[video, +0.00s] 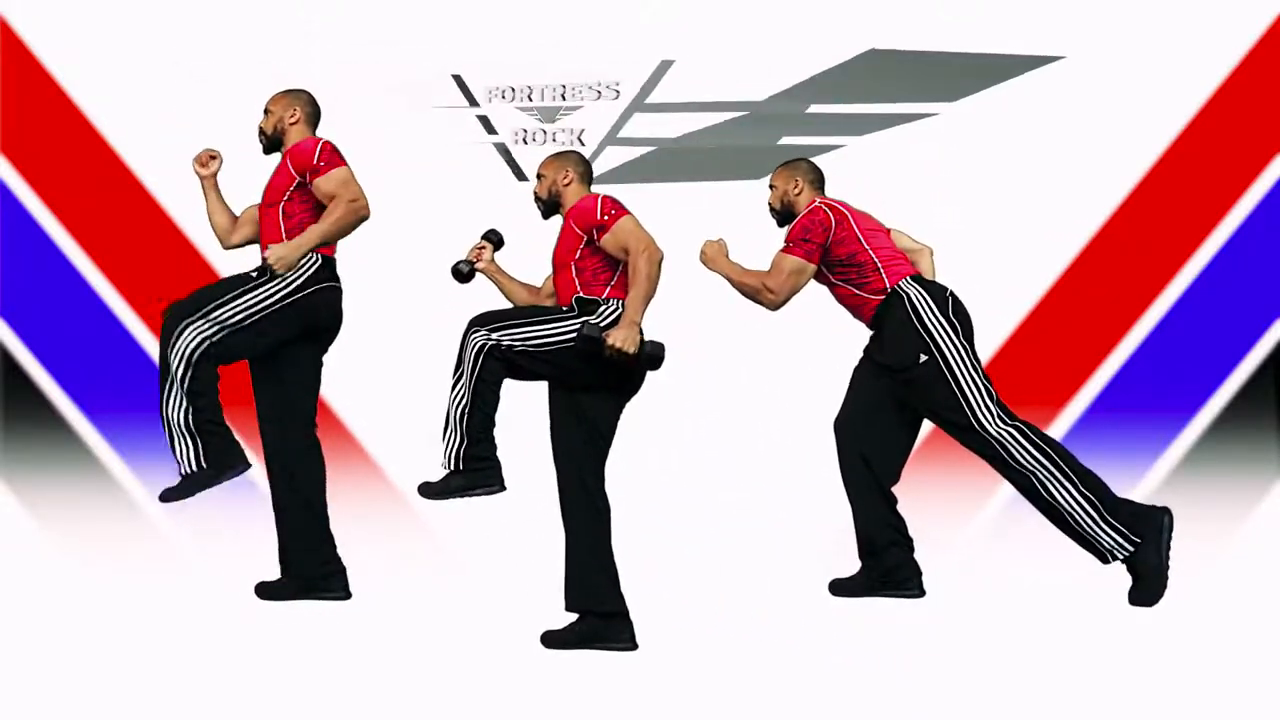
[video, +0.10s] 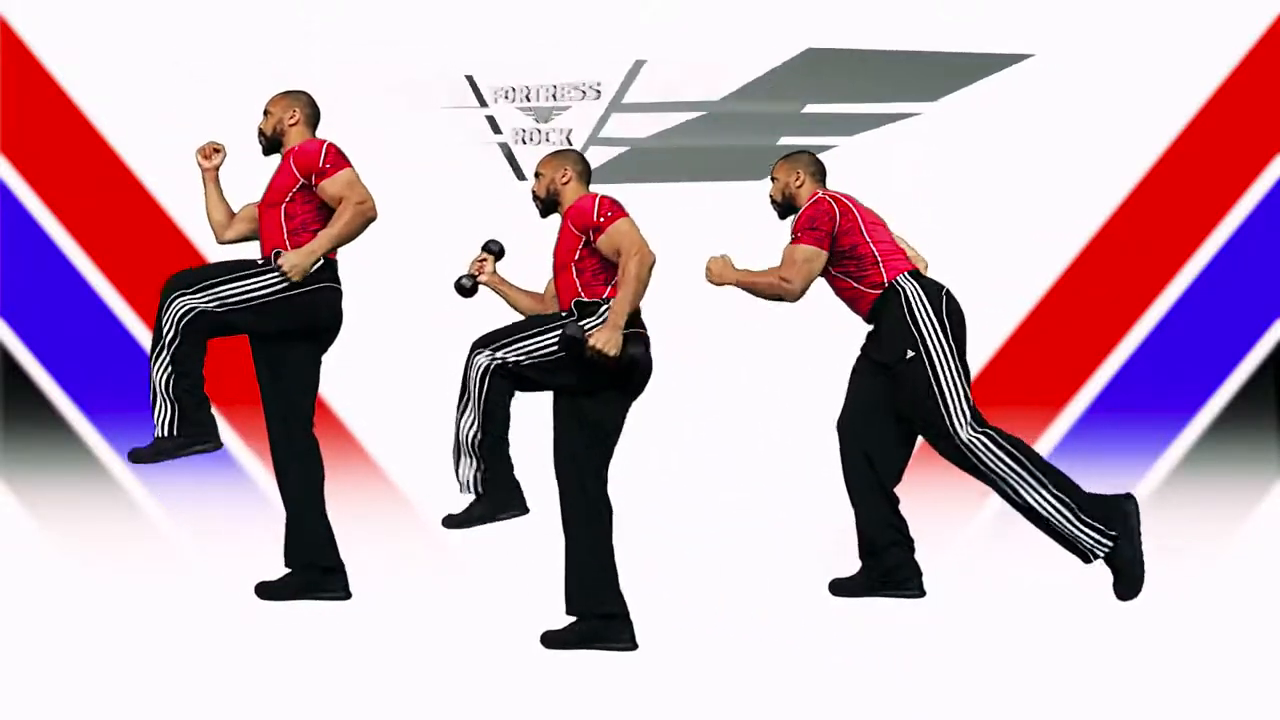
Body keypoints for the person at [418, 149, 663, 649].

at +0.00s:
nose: (534, 188)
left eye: (539, 178)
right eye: (535, 181)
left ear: (565, 175)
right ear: (569, 178)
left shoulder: (590, 205)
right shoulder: (570, 236)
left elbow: (646, 253)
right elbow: (542, 301)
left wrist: (631, 321)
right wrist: (493, 269)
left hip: (597, 329)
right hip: (600, 347)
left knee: (483, 334)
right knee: (580, 483)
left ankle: (472, 466)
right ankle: (603, 617)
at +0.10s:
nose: (532, 187)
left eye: (538, 177)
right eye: (533, 179)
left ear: (564, 176)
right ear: (564, 177)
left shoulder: (589, 205)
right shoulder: (571, 236)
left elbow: (638, 255)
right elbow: (550, 306)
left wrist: (616, 323)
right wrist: (494, 281)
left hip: (595, 333)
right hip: (614, 352)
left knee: (487, 357)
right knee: (581, 484)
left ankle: (494, 489)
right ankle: (602, 619)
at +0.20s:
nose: (526, 188)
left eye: (531, 178)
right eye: (527, 180)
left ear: (555, 176)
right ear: (561, 178)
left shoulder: (584, 209)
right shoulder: (568, 234)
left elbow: (616, 267)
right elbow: (572, 318)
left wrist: (575, 333)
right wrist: (512, 312)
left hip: (611, 337)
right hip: (615, 353)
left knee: (515, 409)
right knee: (584, 479)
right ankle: (602, 620)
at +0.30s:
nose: (518, 197)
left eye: (523, 187)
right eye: (518, 189)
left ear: (549, 185)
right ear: (550, 186)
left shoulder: (578, 216)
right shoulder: (563, 240)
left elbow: (590, 285)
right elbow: (590, 328)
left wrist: (526, 334)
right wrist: (537, 350)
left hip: (624, 340)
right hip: (600, 353)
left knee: (587, 463)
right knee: (575, 472)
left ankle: (709, 557)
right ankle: (602, 617)